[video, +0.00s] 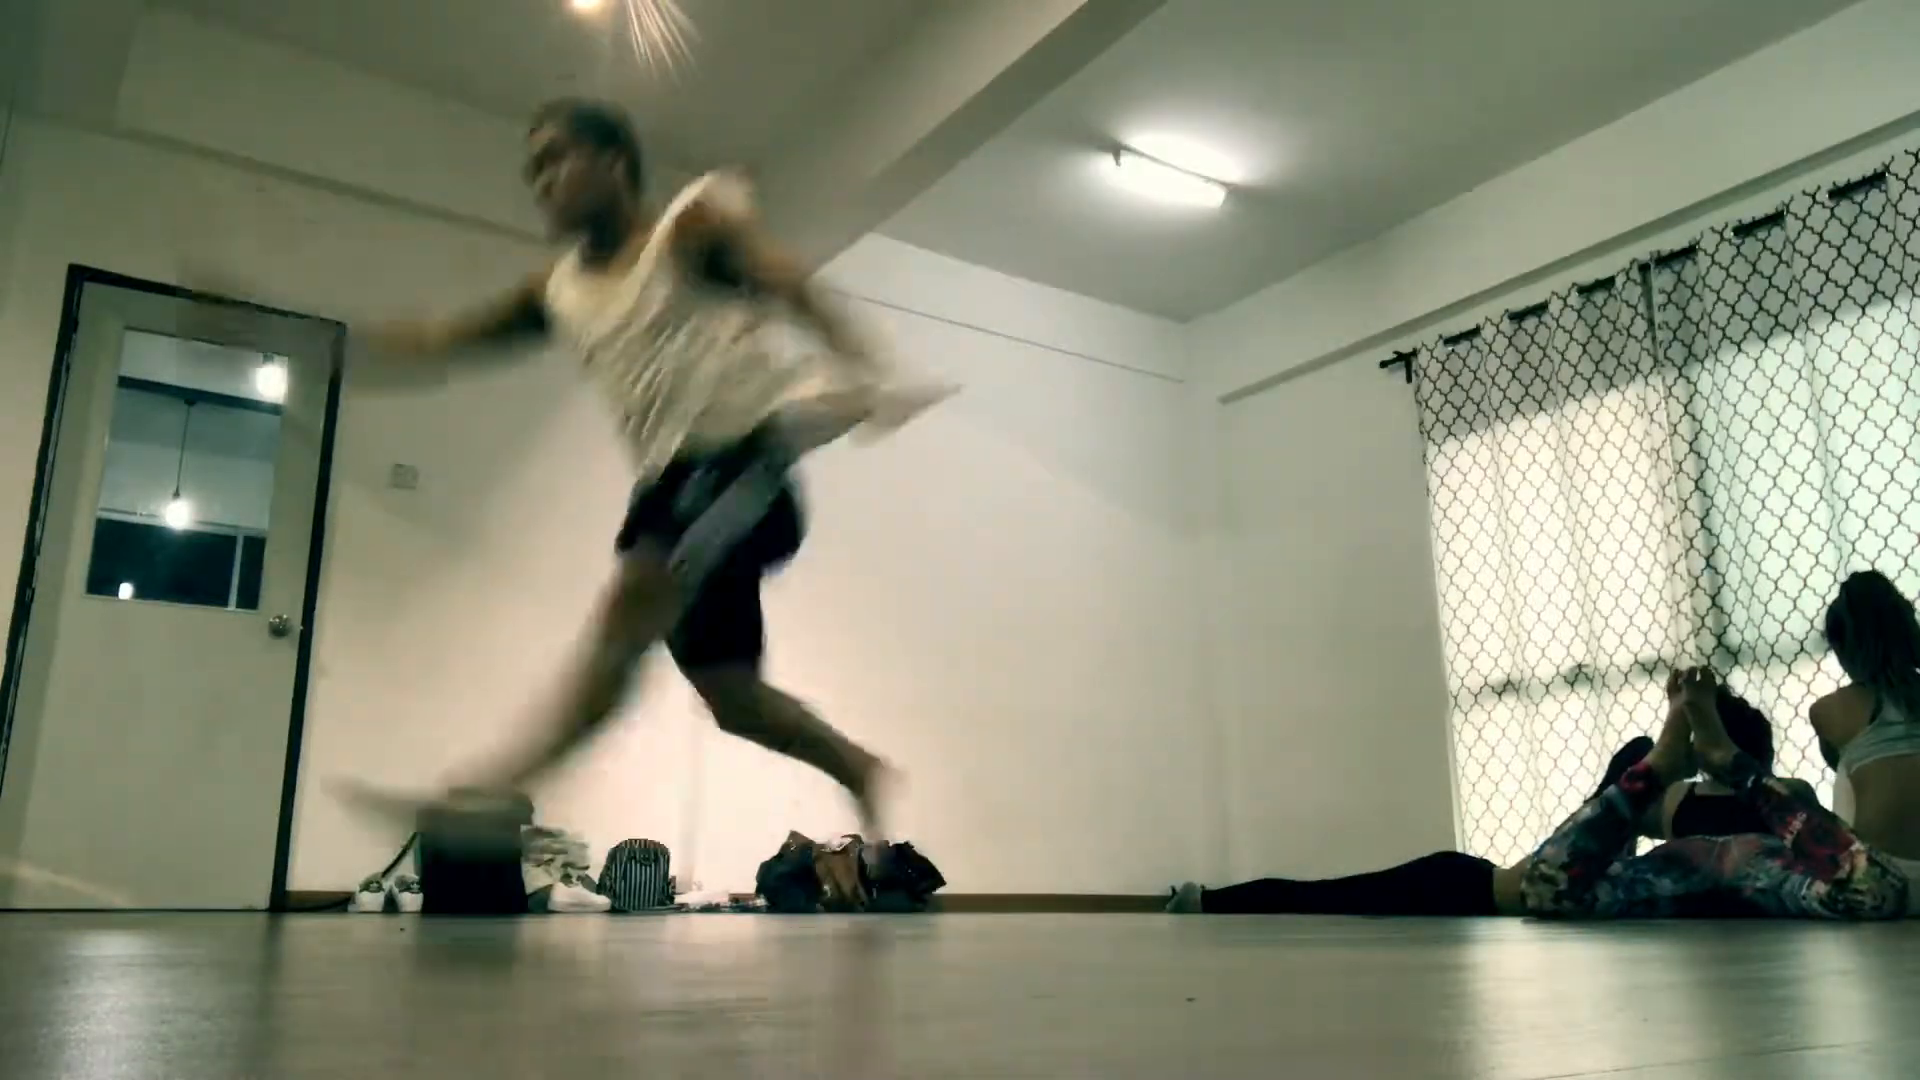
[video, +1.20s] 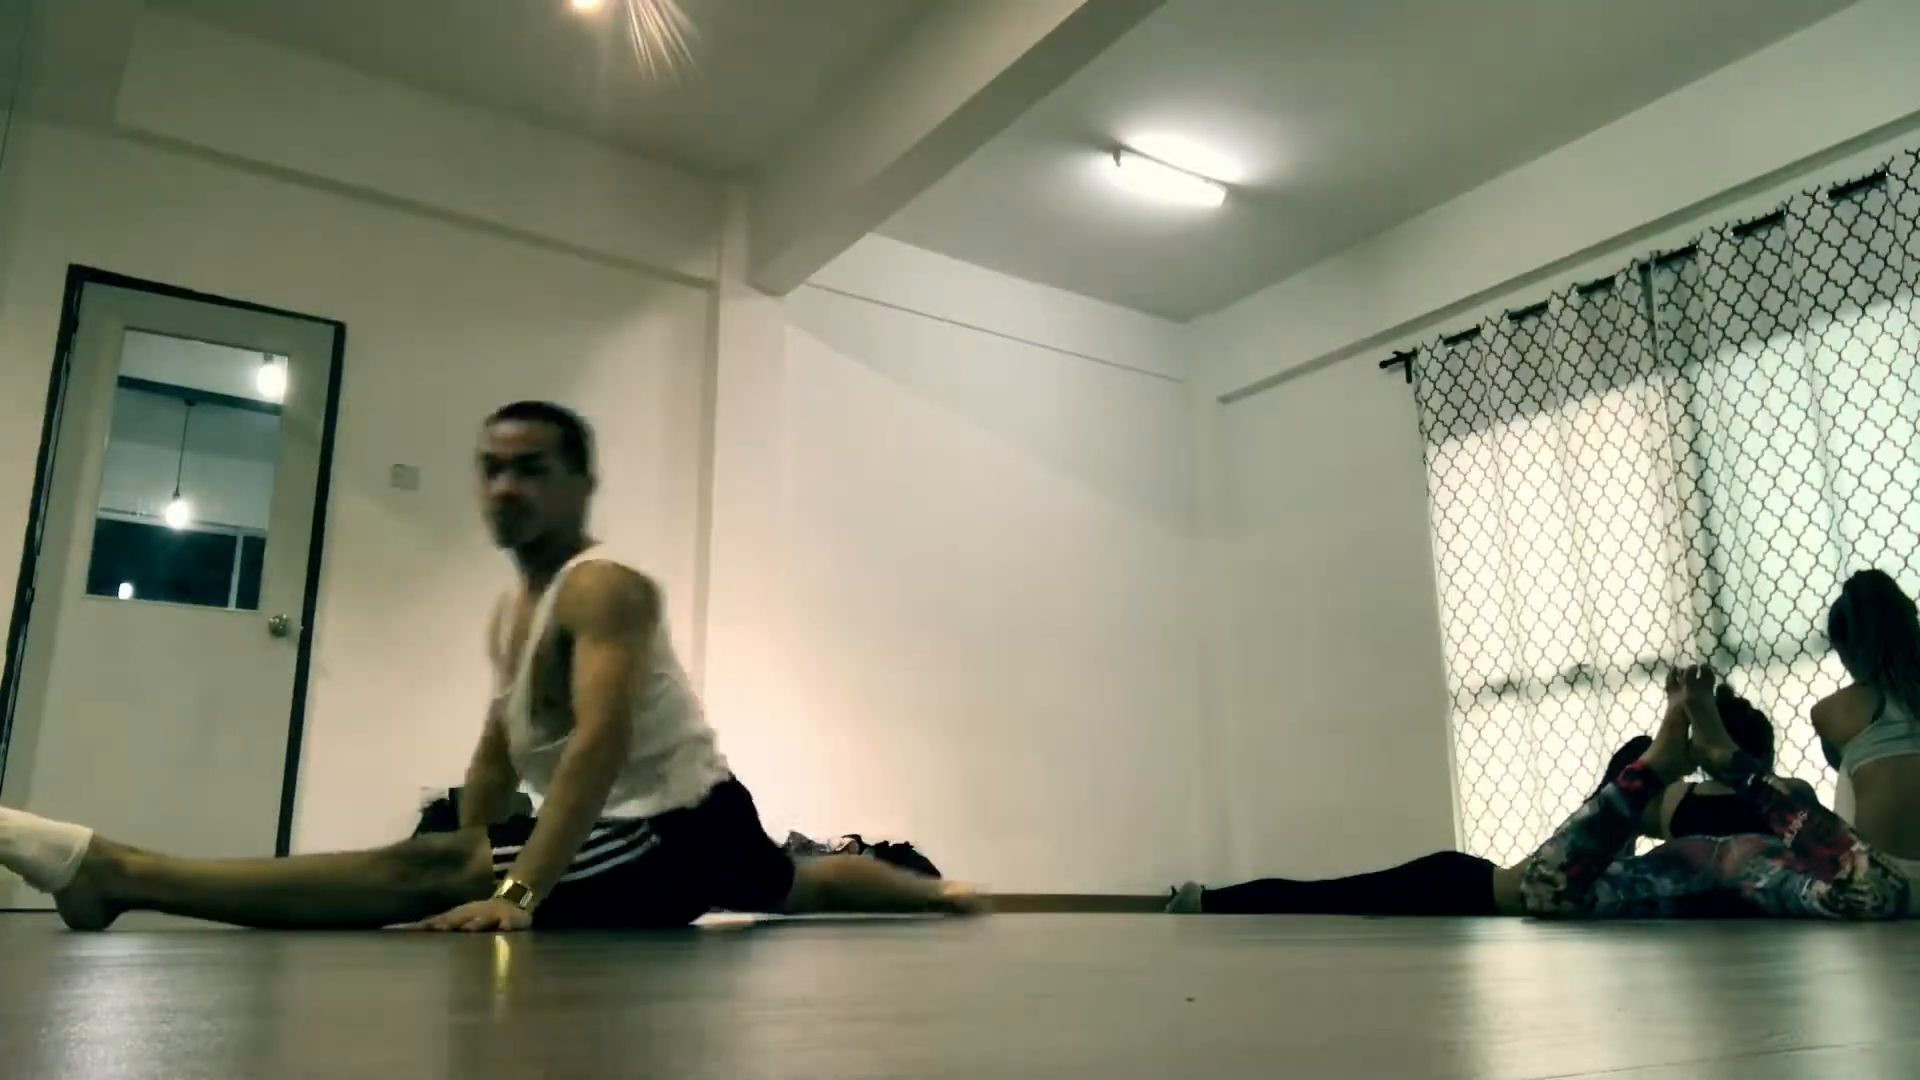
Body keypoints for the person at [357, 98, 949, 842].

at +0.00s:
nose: (542, 184)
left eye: (555, 160)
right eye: (535, 171)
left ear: (614, 159)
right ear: (540, 187)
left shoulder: (694, 224)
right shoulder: (559, 286)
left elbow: (794, 284)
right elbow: (458, 337)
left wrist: (863, 369)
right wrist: (364, 345)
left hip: (744, 459)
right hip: (668, 489)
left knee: (630, 612)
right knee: (735, 700)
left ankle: (502, 785)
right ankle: (863, 771)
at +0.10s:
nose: (481, 305)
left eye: (497, 283)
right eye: (481, 287)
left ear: (555, 286)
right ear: (524, 300)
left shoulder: (632, 364)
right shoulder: (531, 430)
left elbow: (702, 489)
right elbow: (460, 538)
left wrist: (685, 592)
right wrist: (374, 618)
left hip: (671, 609)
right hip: (661, 613)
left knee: (474, 751)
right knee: (769, 773)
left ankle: (223, 878)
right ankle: (954, 855)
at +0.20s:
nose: (378, 490)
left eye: (387, 467)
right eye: (376, 470)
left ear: (444, 460)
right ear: (447, 460)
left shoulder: (531, 518)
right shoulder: (486, 564)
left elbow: (551, 687)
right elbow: (477, 713)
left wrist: (520, 852)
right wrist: (440, 837)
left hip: (648, 723)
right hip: (687, 725)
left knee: (412, 845)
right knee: (806, 857)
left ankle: (124, 881)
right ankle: (976, 895)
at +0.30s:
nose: (336, 709)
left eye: (326, 689)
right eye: (321, 700)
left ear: (350, 653)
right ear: (347, 665)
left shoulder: (449, 644)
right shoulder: (447, 700)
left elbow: (549, 722)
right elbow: (468, 828)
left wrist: (519, 890)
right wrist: (438, 895)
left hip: (670, 804)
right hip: (706, 812)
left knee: (399, 876)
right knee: (829, 884)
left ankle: (108, 878)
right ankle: (974, 891)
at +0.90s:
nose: (370, 661)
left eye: (359, 638)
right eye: (353, 652)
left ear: (387, 592)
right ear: (379, 623)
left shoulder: (494, 606)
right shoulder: (476, 665)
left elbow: (559, 729)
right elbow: (512, 792)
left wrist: (521, 893)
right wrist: (465, 873)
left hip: (666, 815)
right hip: (713, 809)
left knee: (408, 876)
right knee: (835, 884)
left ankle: (124, 877)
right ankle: (979, 891)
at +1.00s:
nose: (401, 561)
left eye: (414, 532)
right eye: (382, 549)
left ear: (471, 516)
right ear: (382, 565)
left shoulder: (520, 600)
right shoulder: (479, 646)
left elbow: (565, 739)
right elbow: (492, 778)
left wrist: (520, 886)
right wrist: (460, 870)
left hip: (675, 817)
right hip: (677, 820)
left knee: (413, 873)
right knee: (830, 886)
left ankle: (123, 877)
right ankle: (970, 889)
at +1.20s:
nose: (503, 487)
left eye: (528, 468)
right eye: (490, 472)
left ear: (582, 486)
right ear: (483, 494)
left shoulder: (602, 589)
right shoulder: (517, 612)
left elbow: (596, 748)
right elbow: (498, 750)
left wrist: (520, 890)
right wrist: (470, 852)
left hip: (653, 847)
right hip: (686, 834)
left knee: (409, 868)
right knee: (796, 876)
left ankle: (117, 876)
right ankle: (918, 886)